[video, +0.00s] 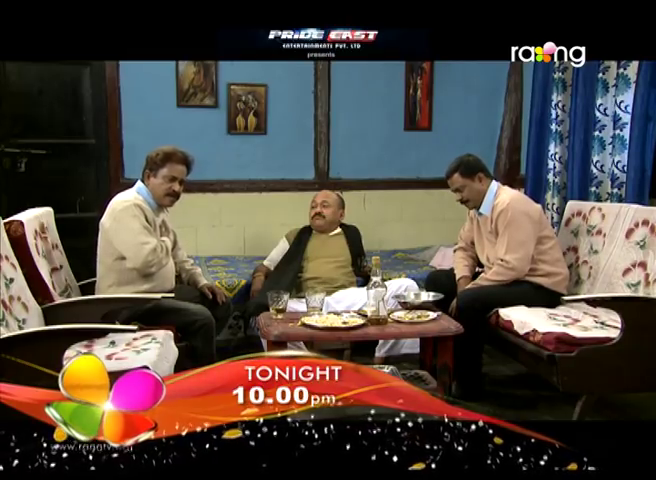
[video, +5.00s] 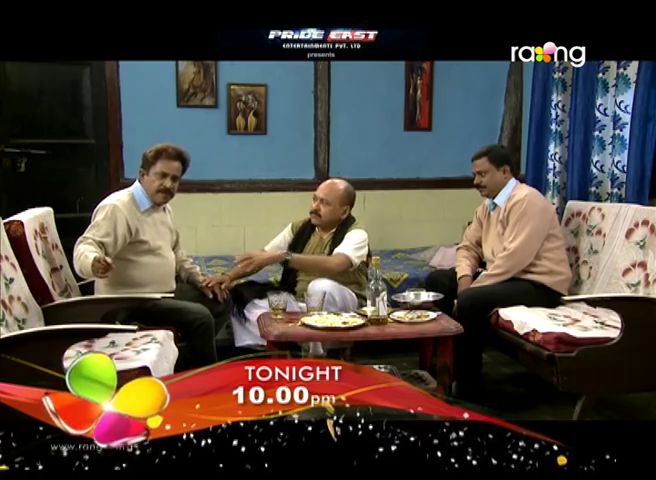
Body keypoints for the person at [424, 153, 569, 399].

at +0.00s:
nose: (458, 198)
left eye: (460, 190)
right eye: (455, 193)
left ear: (481, 179)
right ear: (478, 181)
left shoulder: (513, 206)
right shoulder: (478, 208)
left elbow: (513, 266)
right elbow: (464, 248)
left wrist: (465, 294)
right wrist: (464, 282)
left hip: (541, 286)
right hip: (503, 277)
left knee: (468, 302)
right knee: (437, 280)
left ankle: (467, 386)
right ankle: (440, 369)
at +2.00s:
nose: (458, 199)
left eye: (460, 191)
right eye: (455, 194)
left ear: (480, 180)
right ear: (478, 181)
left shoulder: (513, 206)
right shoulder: (477, 208)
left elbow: (513, 266)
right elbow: (464, 248)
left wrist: (466, 294)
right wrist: (463, 283)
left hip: (541, 286)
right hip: (504, 277)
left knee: (468, 302)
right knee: (437, 280)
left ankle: (467, 387)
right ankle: (440, 370)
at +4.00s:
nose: (477, 183)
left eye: (482, 175)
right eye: (475, 177)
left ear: (504, 172)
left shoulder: (530, 201)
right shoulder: (488, 207)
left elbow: (514, 259)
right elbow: (468, 246)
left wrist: (473, 290)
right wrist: (464, 280)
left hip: (541, 285)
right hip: (505, 277)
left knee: (468, 303)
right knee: (436, 281)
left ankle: (467, 384)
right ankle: (436, 369)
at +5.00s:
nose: (476, 182)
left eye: (482, 174)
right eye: (474, 176)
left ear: (505, 172)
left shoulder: (529, 201)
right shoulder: (487, 207)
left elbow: (515, 258)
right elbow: (468, 246)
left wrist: (473, 290)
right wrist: (464, 278)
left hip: (541, 285)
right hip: (504, 277)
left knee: (468, 302)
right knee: (438, 280)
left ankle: (467, 385)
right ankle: (437, 368)